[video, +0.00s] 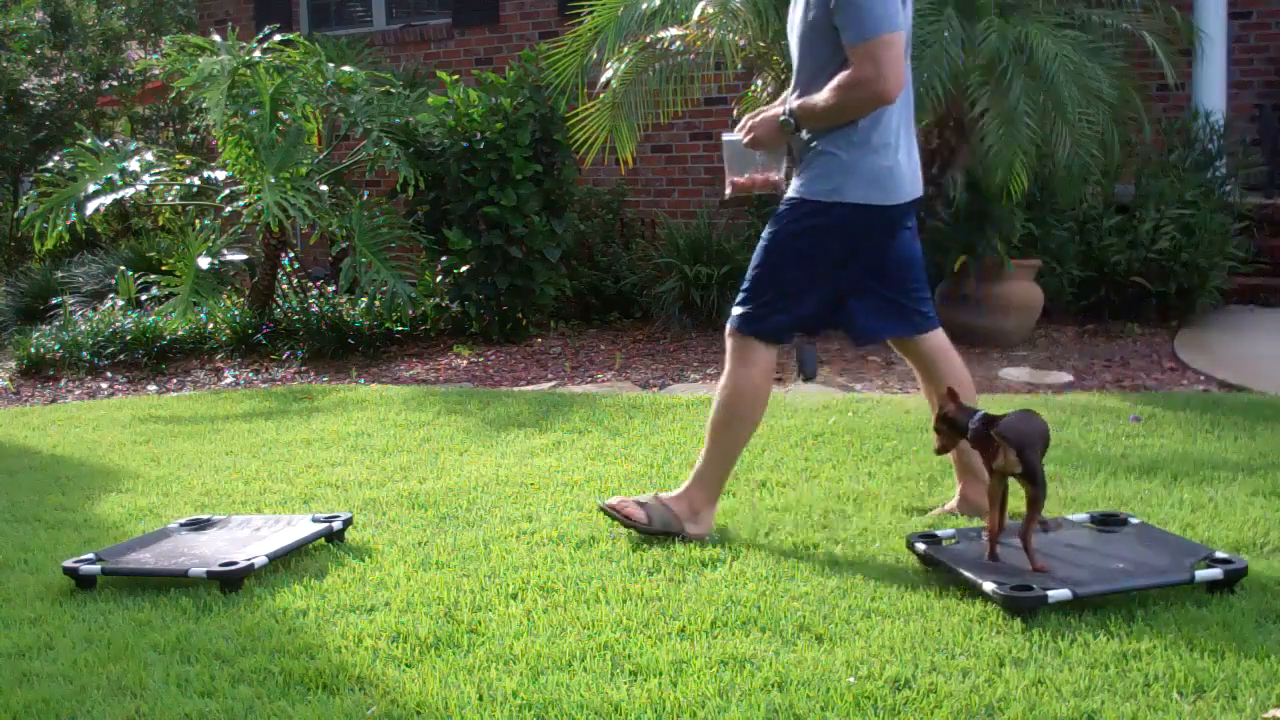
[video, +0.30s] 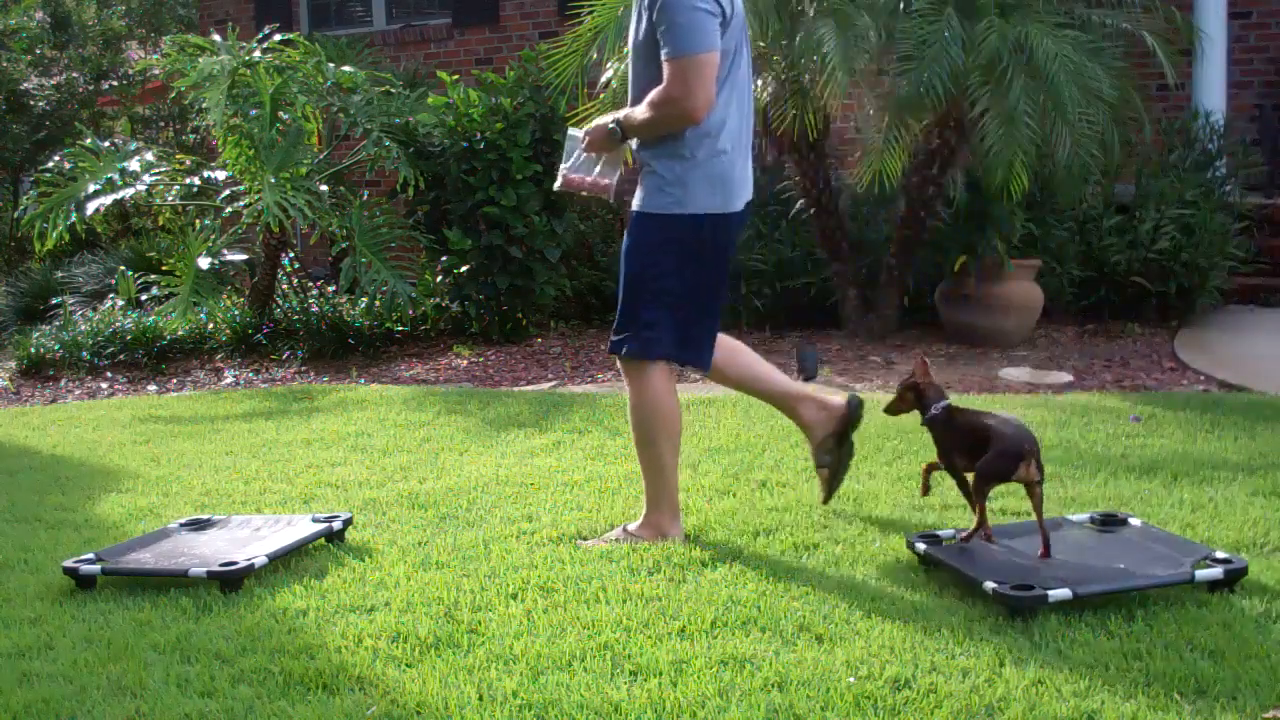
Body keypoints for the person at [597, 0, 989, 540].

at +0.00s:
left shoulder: (863, 1)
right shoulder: (829, 8)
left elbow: (880, 78)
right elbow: (860, 93)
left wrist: (788, 117)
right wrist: (785, 164)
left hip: (840, 188)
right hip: (881, 185)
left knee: (750, 335)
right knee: (920, 335)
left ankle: (695, 504)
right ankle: (979, 487)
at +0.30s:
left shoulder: (682, 2)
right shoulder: (709, 4)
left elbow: (686, 99)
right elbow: (708, 103)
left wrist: (617, 126)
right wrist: (636, 163)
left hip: (681, 195)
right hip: (708, 191)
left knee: (640, 351)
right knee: (689, 336)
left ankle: (661, 521)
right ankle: (820, 412)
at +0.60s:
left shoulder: (570, 3)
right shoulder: (532, 4)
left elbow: (583, 105)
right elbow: (556, 85)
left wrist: (504, 148)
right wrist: (502, 118)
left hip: (581, 195)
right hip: (550, 194)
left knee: (606, 350)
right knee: (499, 315)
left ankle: (660, 519)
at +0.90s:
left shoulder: (463, 14)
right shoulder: (409, 6)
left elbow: (441, 135)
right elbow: (432, 104)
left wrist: (391, 231)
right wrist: (396, 142)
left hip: (453, 214)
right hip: (427, 211)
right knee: (424, 355)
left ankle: (564, 439)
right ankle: (435, 499)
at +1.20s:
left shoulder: (344, 18)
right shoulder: (358, 6)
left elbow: (322, 150)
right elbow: (350, 99)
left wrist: (274, 241)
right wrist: (311, 148)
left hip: (349, 217)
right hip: (396, 205)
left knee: (306, 352)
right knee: (383, 345)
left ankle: (323, 513)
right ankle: (432, 491)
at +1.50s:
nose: (204, 8)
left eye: (203, 4)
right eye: (201, 7)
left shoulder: (263, 35)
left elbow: (237, 160)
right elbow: (355, 43)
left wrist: (186, 253)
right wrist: (306, 109)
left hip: (299, 216)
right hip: (350, 196)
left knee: (278, 359)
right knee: (327, 349)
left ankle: (319, 506)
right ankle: (367, 476)